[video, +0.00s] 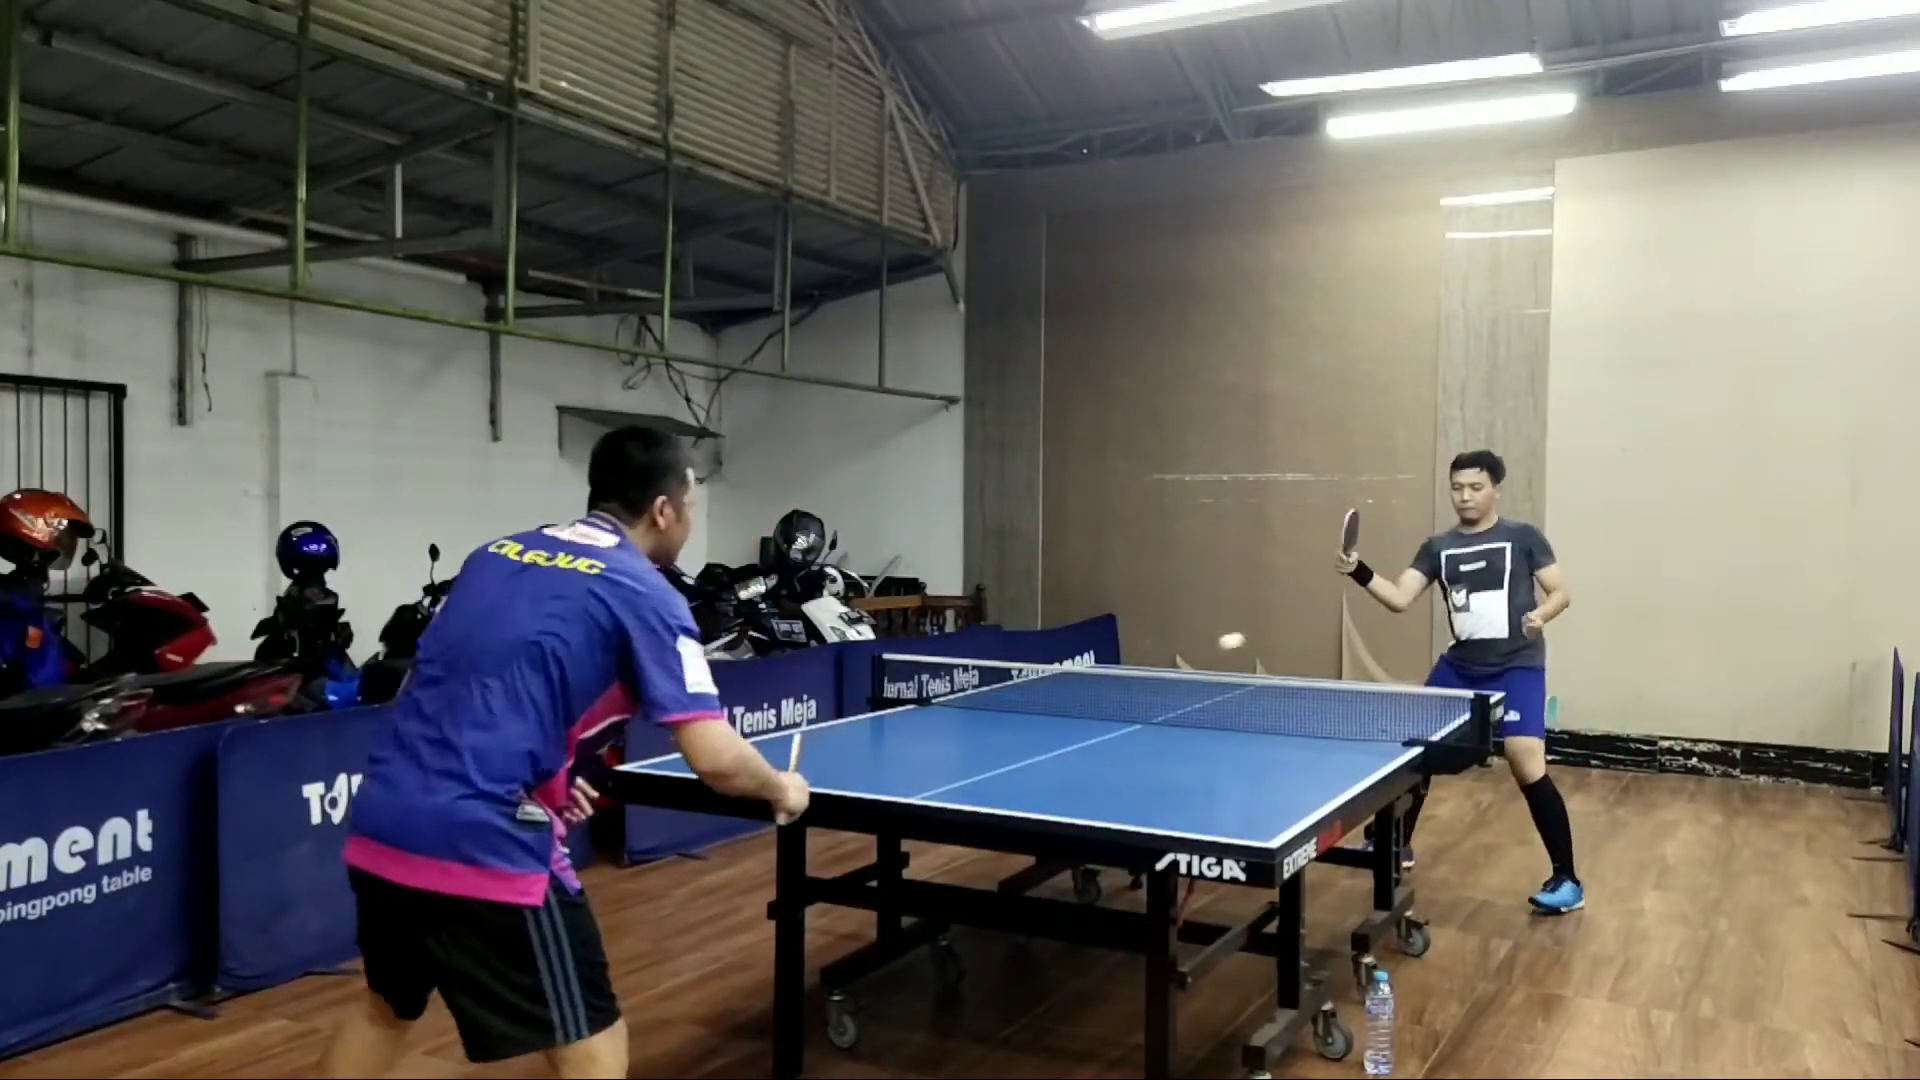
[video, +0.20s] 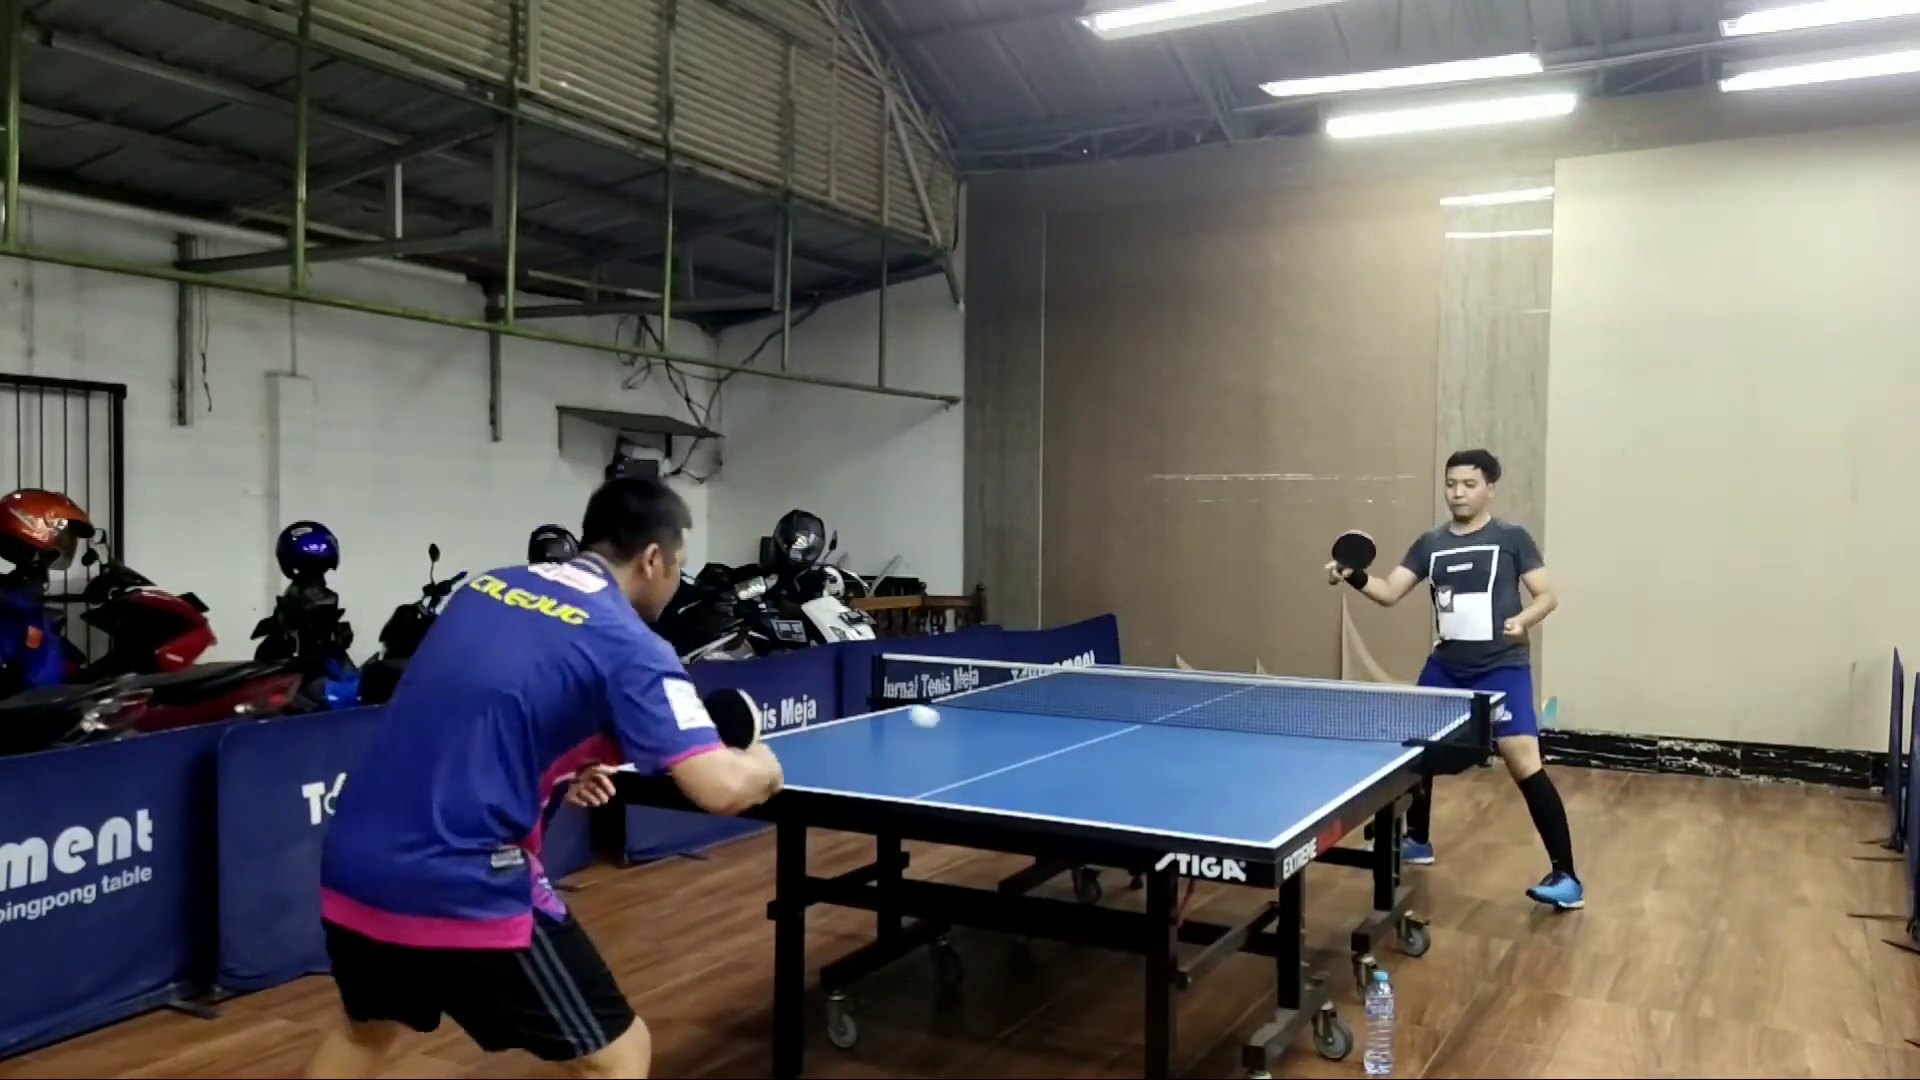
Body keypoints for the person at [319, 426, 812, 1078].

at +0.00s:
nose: (692, 519)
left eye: (691, 501)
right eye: (690, 502)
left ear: (596, 496)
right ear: (662, 509)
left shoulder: (498, 551)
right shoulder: (645, 592)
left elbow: (442, 681)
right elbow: (716, 757)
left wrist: (539, 760)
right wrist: (778, 790)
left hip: (378, 828)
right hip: (488, 845)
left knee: (382, 1006)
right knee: (592, 1043)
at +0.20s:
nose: (676, 582)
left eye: (679, 567)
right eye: (678, 566)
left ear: (592, 538)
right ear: (653, 559)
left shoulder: (484, 585)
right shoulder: (626, 641)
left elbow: (451, 718)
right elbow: (717, 789)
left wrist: (556, 766)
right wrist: (761, 768)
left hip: (353, 869)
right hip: (468, 888)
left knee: (365, 1032)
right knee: (619, 1051)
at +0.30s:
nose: (690, 597)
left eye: (694, 582)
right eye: (692, 582)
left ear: (605, 551)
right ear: (666, 576)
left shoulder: (494, 588)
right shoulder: (650, 648)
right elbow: (804, 749)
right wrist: (850, 729)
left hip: (354, 873)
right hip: (470, 896)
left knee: (361, 1036)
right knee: (631, 1054)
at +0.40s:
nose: (697, 584)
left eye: (697, 570)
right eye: (697, 569)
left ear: (603, 540)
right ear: (672, 560)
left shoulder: (492, 579)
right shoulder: (660, 630)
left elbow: (396, 690)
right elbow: (837, 693)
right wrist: (900, 687)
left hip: (357, 872)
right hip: (482, 894)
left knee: (349, 1042)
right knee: (630, 1056)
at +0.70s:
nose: (642, 545)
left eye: (643, 526)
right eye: (640, 526)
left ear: (544, 511)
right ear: (607, 526)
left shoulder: (437, 573)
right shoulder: (576, 599)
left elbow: (355, 687)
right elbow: (716, 684)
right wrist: (828, 665)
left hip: (323, 867)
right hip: (438, 880)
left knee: (313, 1047)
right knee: (587, 1053)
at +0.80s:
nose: (620, 534)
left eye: (620, 518)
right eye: (618, 518)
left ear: (525, 510)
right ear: (587, 523)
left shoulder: (432, 565)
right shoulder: (540, 595)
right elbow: (644, 713)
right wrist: (773, 714)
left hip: (292, 853)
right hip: (401, 867)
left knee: (304, 1045)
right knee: (542, 1058)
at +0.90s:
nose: (611, 524)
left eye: (613, 508)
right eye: (610, 508)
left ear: (515, 501)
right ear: (577, 513)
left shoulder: (428, 551)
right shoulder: (533, 584)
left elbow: (372, 682)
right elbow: (590, 736)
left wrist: (425, 791)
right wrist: (707, 763)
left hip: (265, 829)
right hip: (368, 844)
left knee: (278, 1035)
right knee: (497, 1058)